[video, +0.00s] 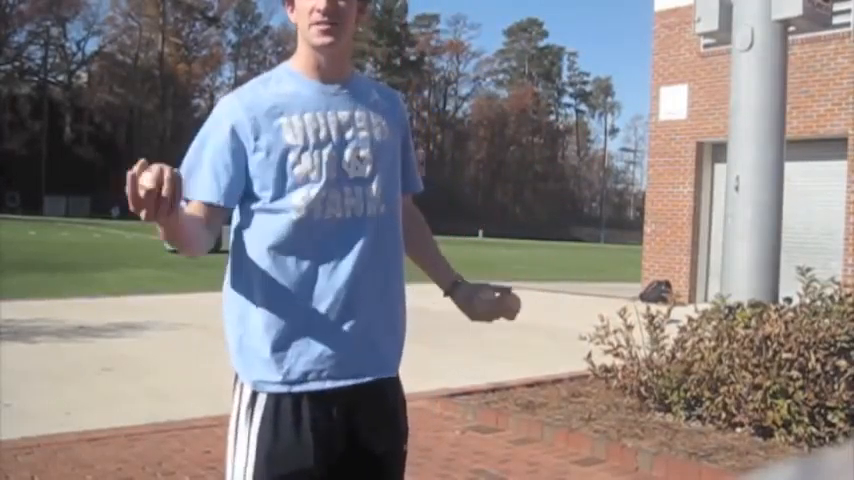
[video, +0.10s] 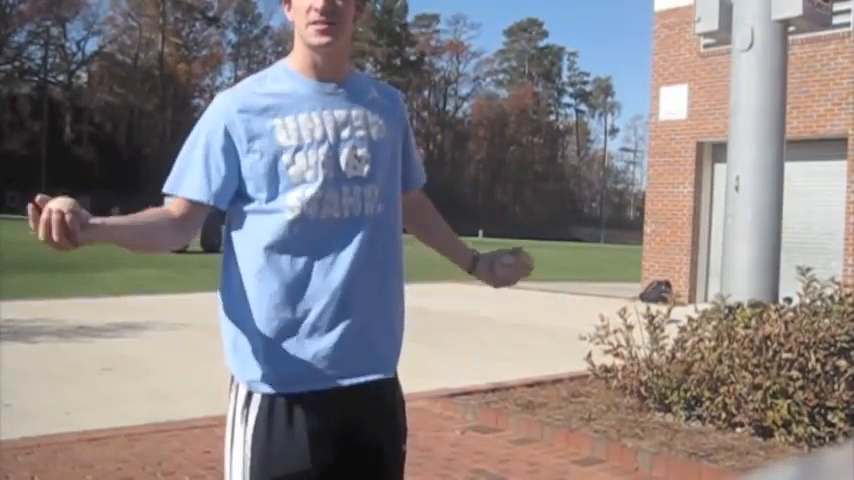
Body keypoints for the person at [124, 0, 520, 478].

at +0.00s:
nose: (327, 6)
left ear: (362, 11)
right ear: (292, 10)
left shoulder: (388, 107)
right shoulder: (244, 111)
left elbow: (401, 209)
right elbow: (198, 237)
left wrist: (458, 288)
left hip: (375, 375)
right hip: (282, 381)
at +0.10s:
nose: (322, 7)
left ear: (358, 10)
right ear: (287, 10)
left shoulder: (386, 104)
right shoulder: (240, 108)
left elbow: (412, 202)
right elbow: (177, 221)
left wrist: (475, 261)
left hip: (372, 373)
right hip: (277, 381)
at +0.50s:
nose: (339, 3)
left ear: (358, 10)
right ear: (280, 8)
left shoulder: (376, 99)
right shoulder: (223, 107)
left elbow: (406, 198)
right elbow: (170, 211)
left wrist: (481, 239)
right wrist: (123, 249)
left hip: (368, 379)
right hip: (271, 386)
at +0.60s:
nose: (346, 4)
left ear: (357, 10)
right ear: (284, 7)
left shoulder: (374, 100)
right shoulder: (221, 108)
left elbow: (397, 204)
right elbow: (176, 223)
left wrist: (440, 241)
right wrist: (183, 258)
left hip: (365, 373)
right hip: (267, 380)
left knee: (375, 469)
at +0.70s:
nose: (344, 5)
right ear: (282, 7)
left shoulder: (372, 99)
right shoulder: (222, 107)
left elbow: (401, 207)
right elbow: (181, 228)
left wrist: (404, 240)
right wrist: (238, 257)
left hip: (364, 377)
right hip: (267, 383)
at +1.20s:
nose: (300, 8)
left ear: (339, 10)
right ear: (269, 10)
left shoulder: (377, 108)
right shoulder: (220, 112)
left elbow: (406, 212)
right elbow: (174, 235)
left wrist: (456, 284)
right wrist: (250, 225)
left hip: (360, 381)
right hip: (260, 385)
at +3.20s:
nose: (305, 7)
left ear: (339, 10)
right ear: (266, 9)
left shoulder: (373, 109)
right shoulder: (216, 111)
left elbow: (408, 219)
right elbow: (169, 239)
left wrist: (472, 310)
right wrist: (260, 203)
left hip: (360, 383)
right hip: (261, 388)